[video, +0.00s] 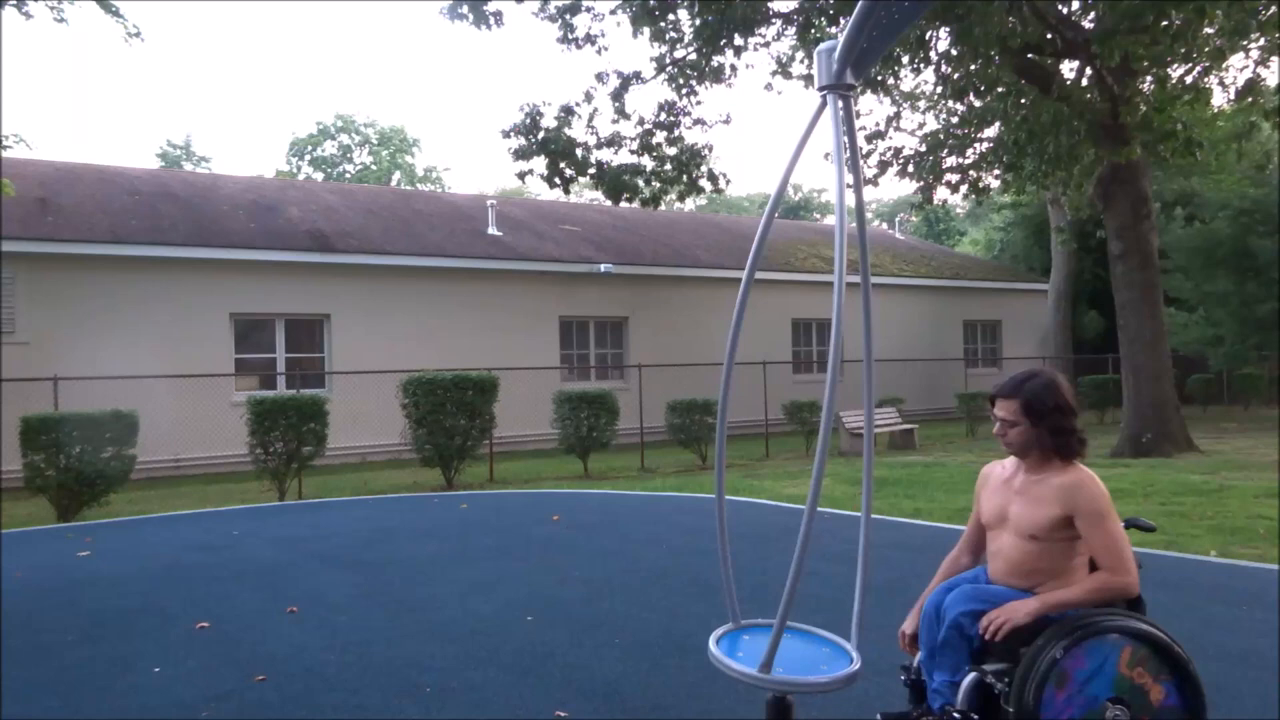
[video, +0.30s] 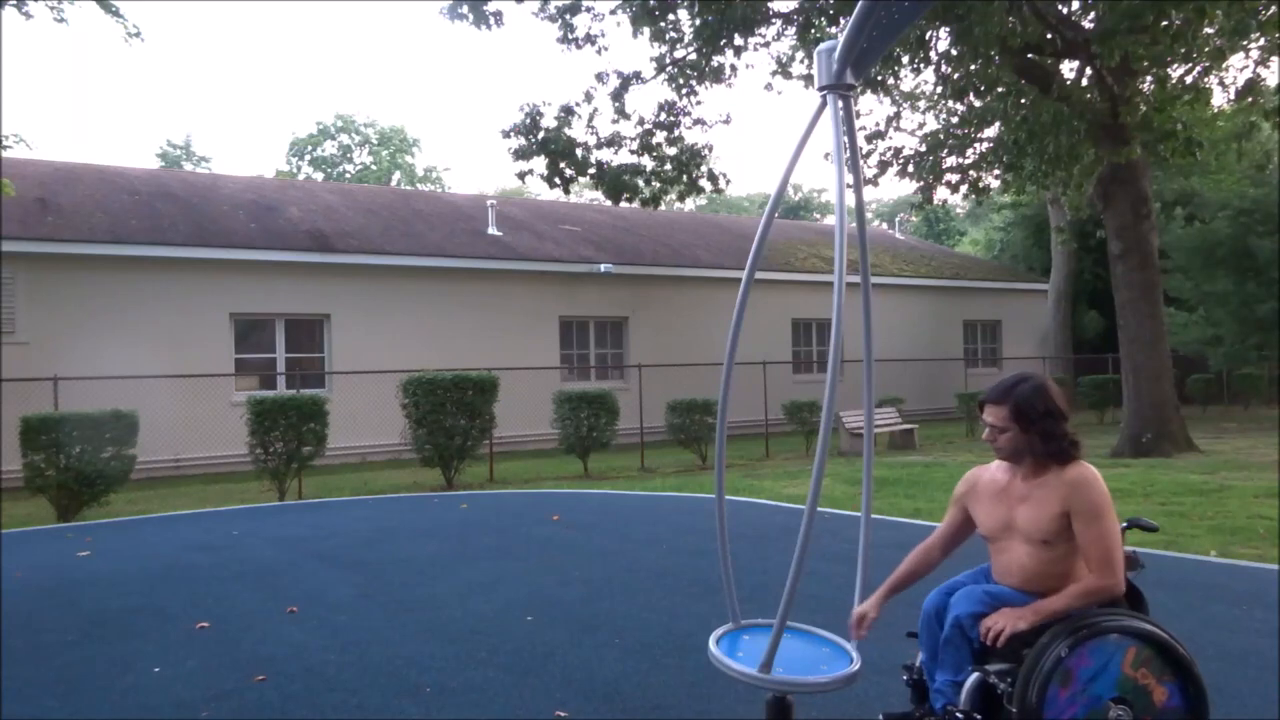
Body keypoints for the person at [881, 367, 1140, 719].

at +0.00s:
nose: (997, 431)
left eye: (1009, 425)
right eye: (996, 421)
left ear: (1043, 426)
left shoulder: (1080, 486)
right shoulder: (992, 474)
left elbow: (1123, 580)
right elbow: (966, 553)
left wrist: (1035, 604)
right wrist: (919, 609)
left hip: (1039, 598)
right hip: (989, 582)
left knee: (957, 610)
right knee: (937, 603)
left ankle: (945, 708)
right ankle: (933, 703)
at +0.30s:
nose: (986, 437)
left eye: (998, 430)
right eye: (985, 427)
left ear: (1033, 430)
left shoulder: (1079, 481)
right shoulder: (977, 482)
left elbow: (1108, 581)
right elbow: (936, 546)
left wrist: (1028, 613)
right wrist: (877, 598)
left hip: (1050, 599)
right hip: (995, 582)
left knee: (963, 609)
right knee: (935, 604)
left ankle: (949, 708)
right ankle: (935, 704)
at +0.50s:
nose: (961, 445)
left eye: (971, 437)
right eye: (958, 435)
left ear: (1005, 436)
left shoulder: (1060, 479)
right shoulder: (953, 495)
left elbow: (1102, 572)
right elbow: (896, 560)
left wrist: (1035, 620)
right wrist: (840, 615)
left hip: (1055, 603)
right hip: (995, 592)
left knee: (967, 608)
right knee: (932, 609)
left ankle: (948, 708)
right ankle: (934, 703)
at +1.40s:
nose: (858, 424)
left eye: (867, 416)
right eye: (857, 415)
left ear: (897, 414)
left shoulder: (948, 458)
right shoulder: (873, 481)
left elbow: (1016, 536)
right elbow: (861, 567)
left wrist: (1019, 621)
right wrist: (844, 639)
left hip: (984, 587)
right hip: (928, 586)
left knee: (906, 619)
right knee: (876, 619)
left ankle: (937, 708)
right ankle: (923, 702)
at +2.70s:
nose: (974, 412)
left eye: (990, 407)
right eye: (973, 401)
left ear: (1020, 419)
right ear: (967, 402)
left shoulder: (1039, 476)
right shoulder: (940, 469)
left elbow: (954, 519)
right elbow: (918, 553)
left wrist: (877, 473)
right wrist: (892, 618)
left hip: (1004, 599)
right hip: (944, 581)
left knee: (916, 615)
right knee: (898, 614)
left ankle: (934, 706)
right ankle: (922, 698)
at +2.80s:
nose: (978, 412)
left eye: (994, 407)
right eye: (978, 401)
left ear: (1024, 421)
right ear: (973, 403)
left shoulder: (1043, 477)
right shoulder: (946, 469)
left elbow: (956, 516)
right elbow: (924, 550)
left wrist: (878, 472)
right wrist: (895, 612)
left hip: (1008, 600)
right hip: (949, 580)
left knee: (921, 610)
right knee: (898, 611)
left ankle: (933, 705)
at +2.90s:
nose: (982, 413)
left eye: (997, 408)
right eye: (982, 403)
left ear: (1029, 421)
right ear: (978, 404)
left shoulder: (1047, 478)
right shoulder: (953, 468)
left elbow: (958, 514)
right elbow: (930, 546)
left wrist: (878, 471)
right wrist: (893, 598)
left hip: (1012, 601)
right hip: (953, 579)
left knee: (926, 607)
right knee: (899, 596)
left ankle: (930, 707)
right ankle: (916, 699)